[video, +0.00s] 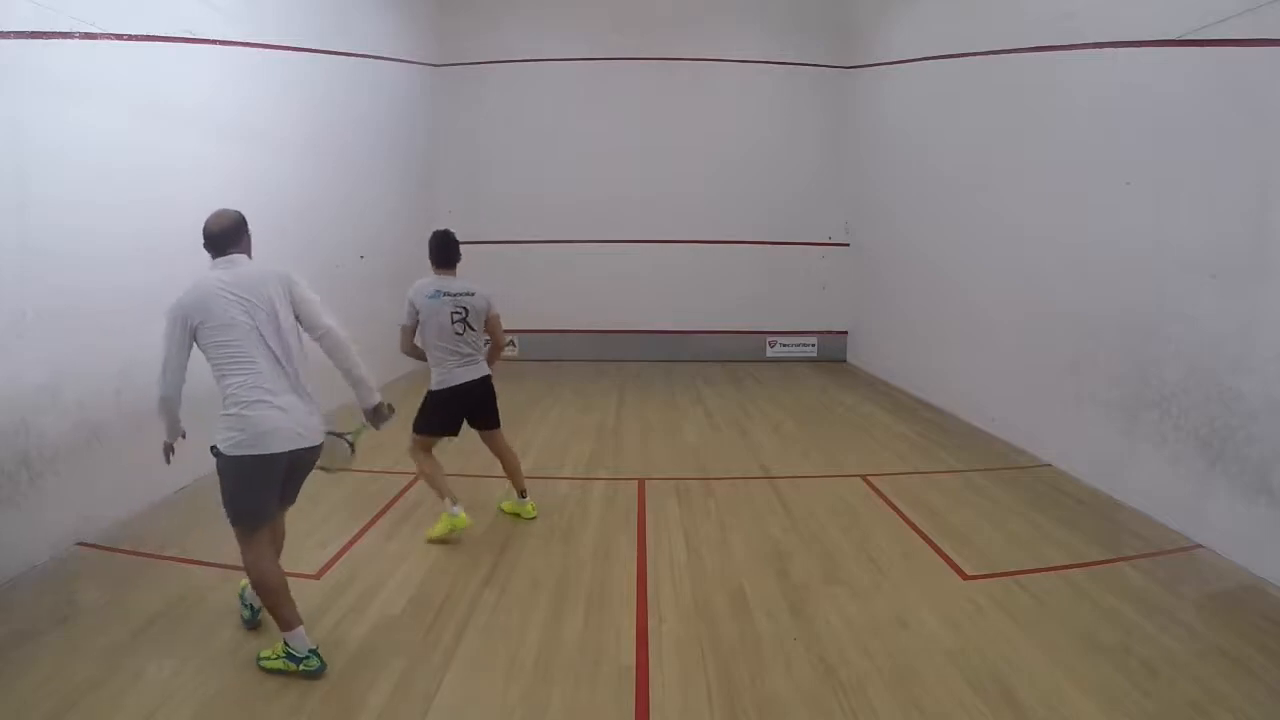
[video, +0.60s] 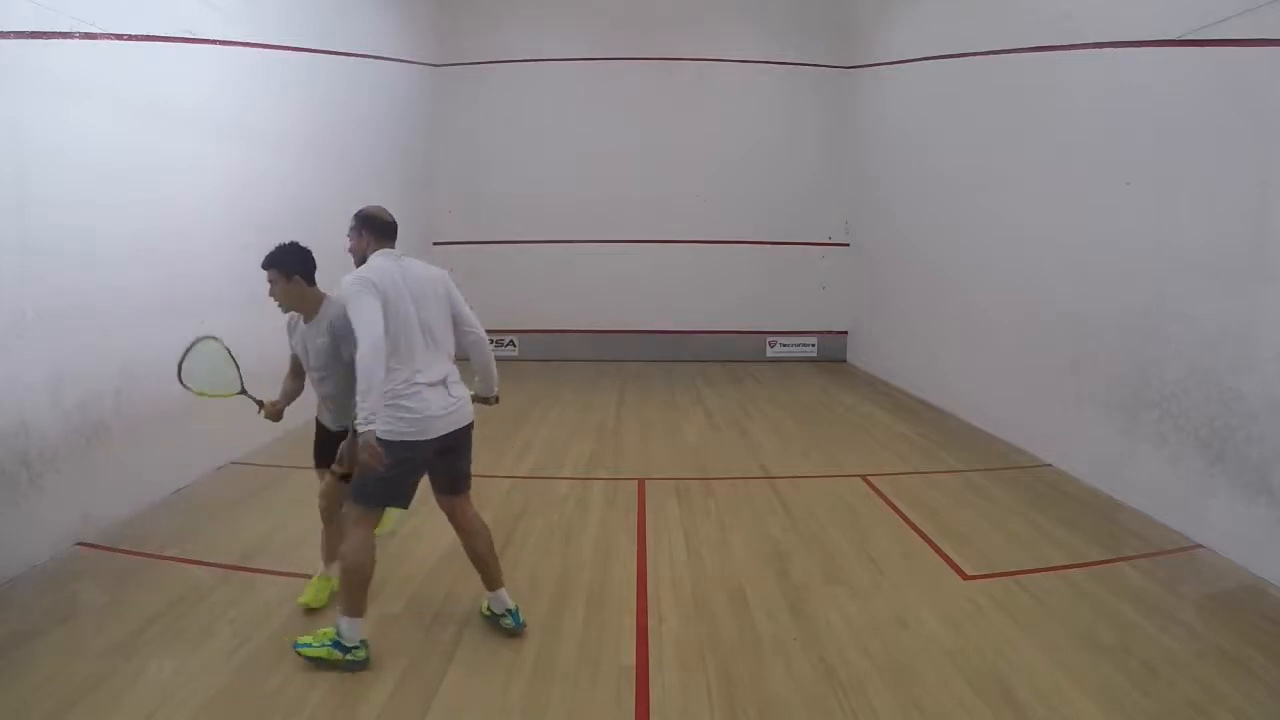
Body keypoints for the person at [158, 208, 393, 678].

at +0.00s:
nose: (250, 246)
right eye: (250, 238)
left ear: (206, 250)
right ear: (248, 241)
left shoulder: (190, 300)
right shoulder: (280, 281)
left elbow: (169, 385)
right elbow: (329, 335)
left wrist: (171, 428)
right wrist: (369, 397)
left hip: (246, 444)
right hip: (305, 435)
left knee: (257, 549)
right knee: (274, 517)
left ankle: (301, 650)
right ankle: (254, 595)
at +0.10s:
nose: (272, 231)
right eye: (271, 224)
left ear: (225, 235)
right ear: (268, 228)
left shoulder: (206, 286)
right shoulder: (301, 271)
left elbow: (184, 372)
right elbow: (332, 344)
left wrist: (187, 432)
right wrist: (358, 407)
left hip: (264, 430)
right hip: (320, 422)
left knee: (268, 537)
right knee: (298, 503)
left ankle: (299, 649)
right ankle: (301, 600)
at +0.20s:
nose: (296, 228)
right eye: (296, 220)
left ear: (250, 230)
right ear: (294, 224)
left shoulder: (226, 280)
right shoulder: (325, 272)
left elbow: (204, 362)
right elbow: (354, 346)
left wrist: (203, 436)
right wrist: (380, 412)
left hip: (280, 431)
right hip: (339, 423)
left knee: (276, 535)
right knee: (328, 497)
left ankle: (300, 647)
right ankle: (373, 594)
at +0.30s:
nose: (323, 235)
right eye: (324, 229)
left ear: (277, 233)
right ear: (321, 232)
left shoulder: (255, 283)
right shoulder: (351, 279)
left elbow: (232, 367)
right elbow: (388, 354)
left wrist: (227, 443)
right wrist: (416, 411)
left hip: (298, 434)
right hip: (358, 427)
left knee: (282, 536)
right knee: (364, 500)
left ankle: (302, 649)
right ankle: (436, 583)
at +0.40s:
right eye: (352, 233)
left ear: (307, 237)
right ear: (352, 236)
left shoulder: (292, 281)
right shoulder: (383, 279)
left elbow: (279, 356)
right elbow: (423, 347)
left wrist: (264, 436)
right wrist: (448, 399)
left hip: (325, 431)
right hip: (387, 424)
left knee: (303, 532)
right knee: (404, 504)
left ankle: (303, 649)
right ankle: (480, 585)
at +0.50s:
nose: (338, 249)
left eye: (336, 242)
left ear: (338, 242)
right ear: (378, 240)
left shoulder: (330, 286)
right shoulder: (415, 281)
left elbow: (327, 357)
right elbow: (457, 340)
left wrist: (318, 433)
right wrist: (467, 392)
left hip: (367, 435)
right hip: (427, 426)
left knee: (333, 533)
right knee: (445, 511)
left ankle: (310, 647)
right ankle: (500, 601)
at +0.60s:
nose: (347, 245)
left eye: (351, 237)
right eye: (349, 237)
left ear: (366, 238)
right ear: (391, 237)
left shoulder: (359, 282)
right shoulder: (436, 275)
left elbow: (371, 344)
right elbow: (475, 337)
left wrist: (365, 423)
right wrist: (488, 388)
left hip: (397, 426)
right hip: (454, 417)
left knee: (358, 519)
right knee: (459, 503)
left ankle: (349, 637)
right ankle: (503, 606)